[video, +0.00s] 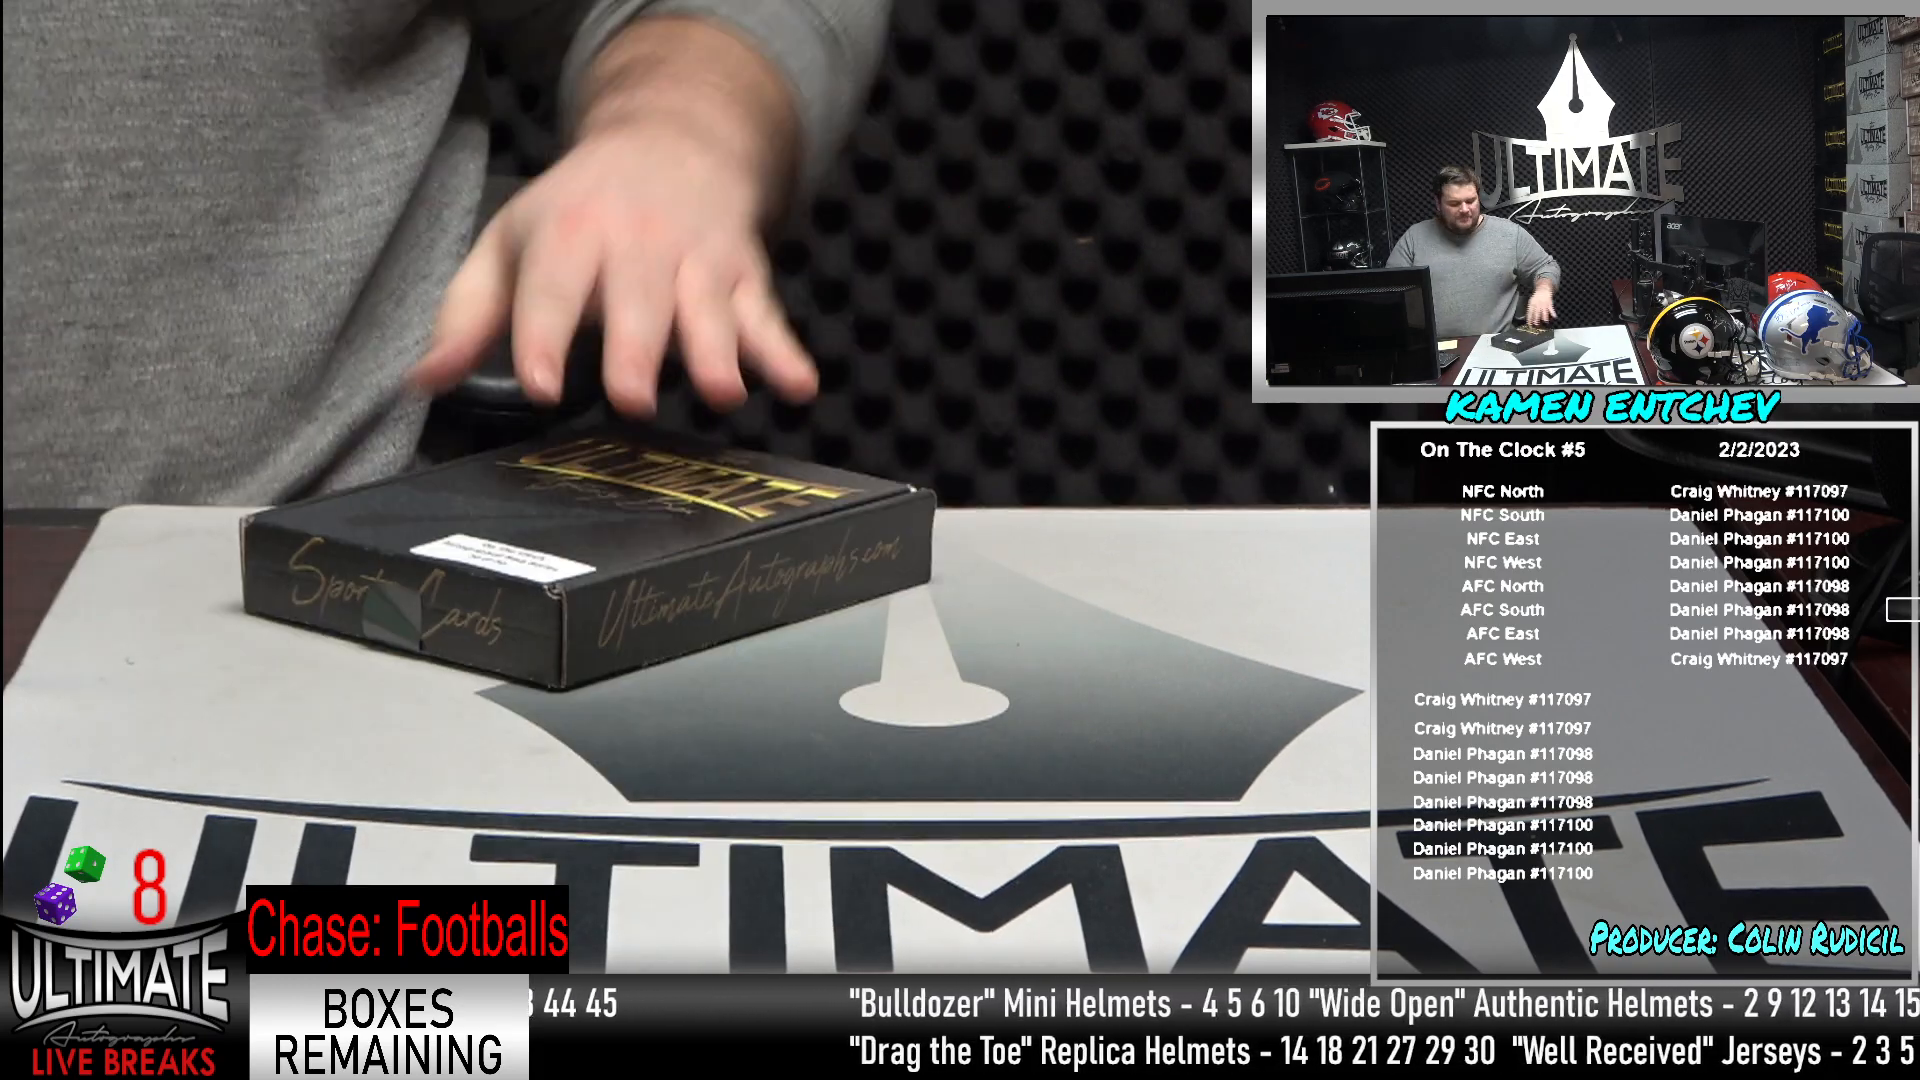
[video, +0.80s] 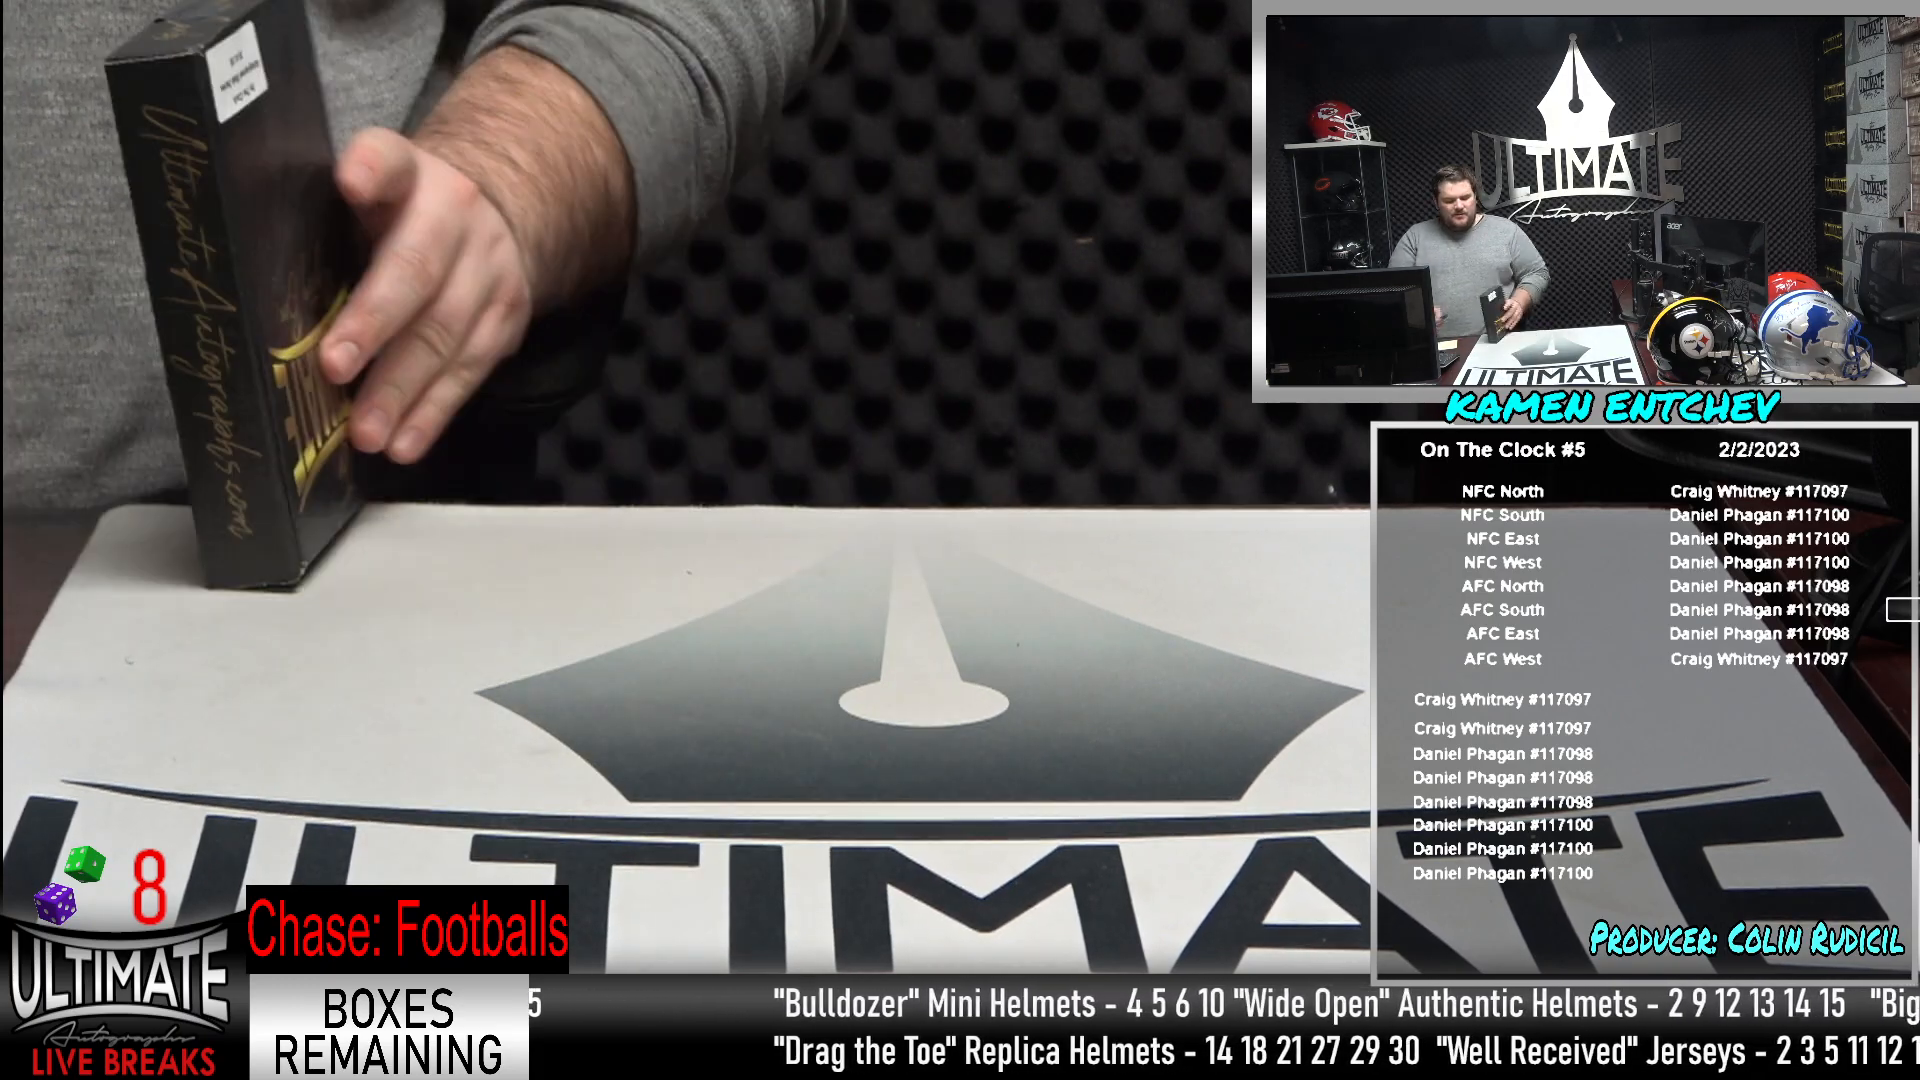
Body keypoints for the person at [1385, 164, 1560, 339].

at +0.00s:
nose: (1464, 210)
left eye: (1470, 201)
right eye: (1455, 203)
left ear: (1479, 198)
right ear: (1438, 204)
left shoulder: (1510, 234)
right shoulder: (1415, 238)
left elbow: (1545, 266)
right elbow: (1389, 288)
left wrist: (1543, 292)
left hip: (1499, 353)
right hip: (1434, 356)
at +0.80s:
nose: (1459, 206)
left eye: (1465, 197)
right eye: (1450, 200)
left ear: (1475, 197)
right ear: (1436, 202)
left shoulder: (1506, 231)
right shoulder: (1416, 237)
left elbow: (1536, 272)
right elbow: (1394, 287)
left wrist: (1520, 301)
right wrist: (1419, 311)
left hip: (1497, 349)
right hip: (1436, 354)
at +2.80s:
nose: (1457, 216)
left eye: (1464, 207)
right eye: (1449, 209)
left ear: (1475, 201)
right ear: (1436, 205)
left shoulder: (1505, 232)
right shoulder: (1416, 238)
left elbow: (1538, 272)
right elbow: (1392, 289)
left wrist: (1511, 294)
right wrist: (1430, 301)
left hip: (1500, 348)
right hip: (1436, 354)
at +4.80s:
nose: (1472, 221)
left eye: (1478, 213)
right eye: (1463, 213)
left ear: (1486, 207)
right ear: (1446, 204)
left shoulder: (1507, 233)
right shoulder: (1418, 236)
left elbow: (1540, 281)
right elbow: (1392, 289)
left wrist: (1527, 275)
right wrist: (1426, 298)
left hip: (1494, 348)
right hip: (1431, 352)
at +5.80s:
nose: (1459, 213)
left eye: (1467, 206)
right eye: (1452, 205)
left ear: (1479, 204)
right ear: (1441, 202)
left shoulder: (1507, 234)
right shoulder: (1417, 236)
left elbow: (1527, 276)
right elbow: (1391, 289)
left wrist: (1548, 272)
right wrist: (1424, 293)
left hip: (1494, 347)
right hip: (1433, 351)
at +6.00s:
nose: (1456, 211)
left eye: (1463, 203)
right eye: (1448, 204)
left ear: (1477, 201)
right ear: (1437, 203)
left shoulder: (1507, 233)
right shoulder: (1416, 237)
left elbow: (1532, 276)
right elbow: (1390, 288)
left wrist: (1564, 277)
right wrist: (1421, 291)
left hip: (1496, 348)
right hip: (1433, 352)